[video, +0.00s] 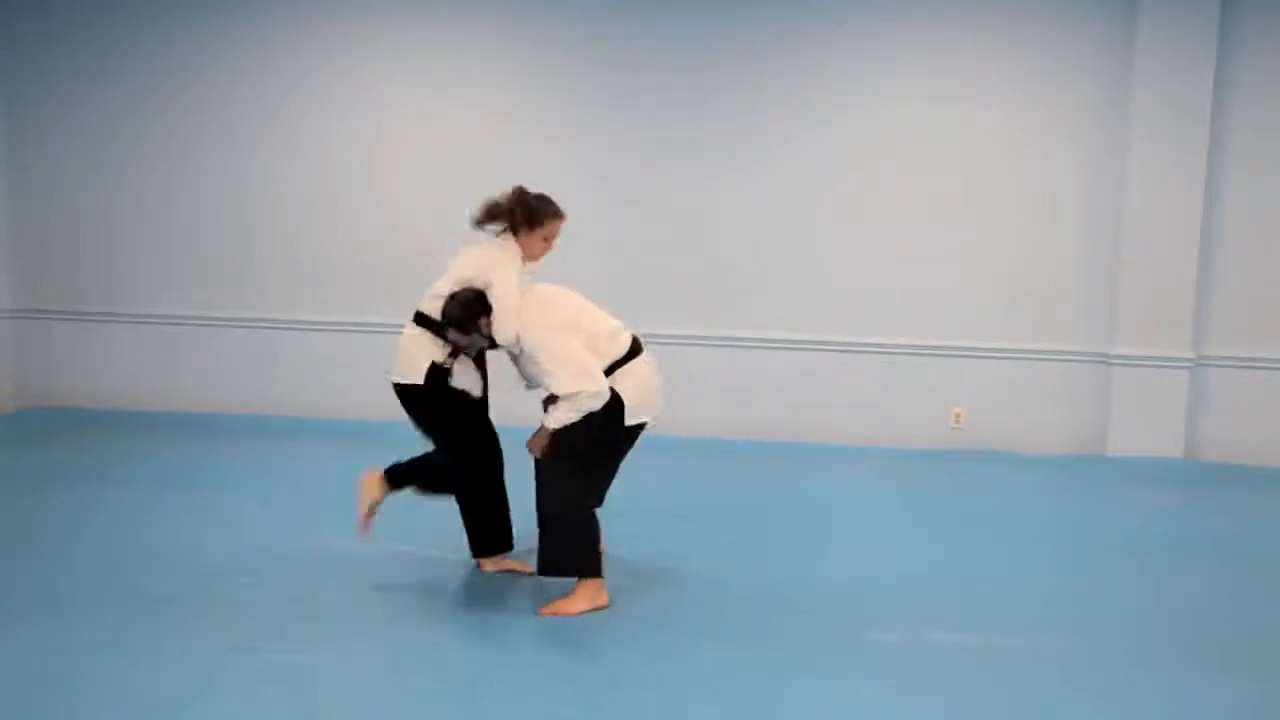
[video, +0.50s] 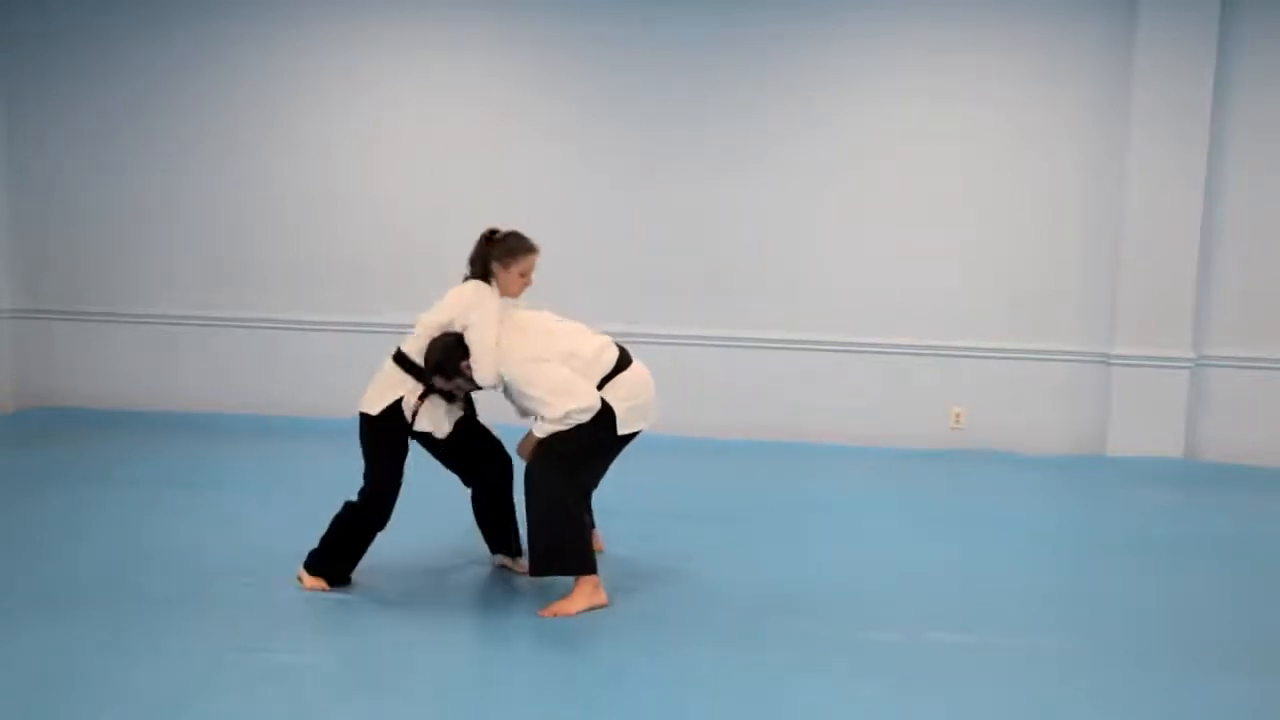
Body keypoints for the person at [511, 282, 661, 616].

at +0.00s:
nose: (467, 346)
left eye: (465, 339)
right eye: (461, 341)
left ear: (484, 323)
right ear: (486, 313)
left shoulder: (533, 327)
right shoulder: (521, 310)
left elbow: (591, 390)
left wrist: (548, 430)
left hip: (624, 390)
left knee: (565, 475)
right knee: (553, 464)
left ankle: (591, 586)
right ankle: (583, 542)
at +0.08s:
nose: (467, 361)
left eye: (466, 354)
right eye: (461, 355)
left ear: (484, 337)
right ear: (485, 330)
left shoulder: (530, 337)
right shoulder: (519, 317)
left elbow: (593, 397)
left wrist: (547, 430)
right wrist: (553, 414)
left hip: (626, 394)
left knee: (565, 475)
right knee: (552, 463)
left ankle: (591, 586)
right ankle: (585, 543)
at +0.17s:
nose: (467, 381)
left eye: (465, 375)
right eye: (462, 376)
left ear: (480, 358)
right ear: (482, 348)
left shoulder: (529, 354)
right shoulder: (514, 332)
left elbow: (597, 401)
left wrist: (548, 434)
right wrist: (550, 423)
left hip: (630, 398)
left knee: (563, 468)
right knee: (550, 456)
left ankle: (591, 586)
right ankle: (584, 538)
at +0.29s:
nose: (467, 403)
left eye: (463, 397)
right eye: (461, 399)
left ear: (475, 377)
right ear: (475, 367)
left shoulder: (522, 365)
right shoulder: (503, 345)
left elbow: (595, 403)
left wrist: (547, 433)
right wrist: (546, 426)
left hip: (626, 400)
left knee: (561, 472)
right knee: (550, 460)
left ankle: (590, 586)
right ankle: (583, 540)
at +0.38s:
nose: (462, 400)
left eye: (457, 394)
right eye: (455, 397)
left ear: (470, 376)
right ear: (471, 366)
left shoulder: (514, 365)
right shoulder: (500, 343)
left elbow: (589, 403)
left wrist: (542, 435)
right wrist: (540, 427)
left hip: (623, 398)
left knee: (554, 472)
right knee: (556, 460)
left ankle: (589, 586)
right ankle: (584, 534)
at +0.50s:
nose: (461, 390)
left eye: (455, 385)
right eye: (452, 386)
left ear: (466, 367)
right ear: (464, 354)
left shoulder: (511, 359)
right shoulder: (497, 328)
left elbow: (583, 403)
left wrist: (536, 435)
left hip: (619, 396)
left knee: (549, 469)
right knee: (558, 459)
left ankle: (588, 585)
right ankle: (584, 535)